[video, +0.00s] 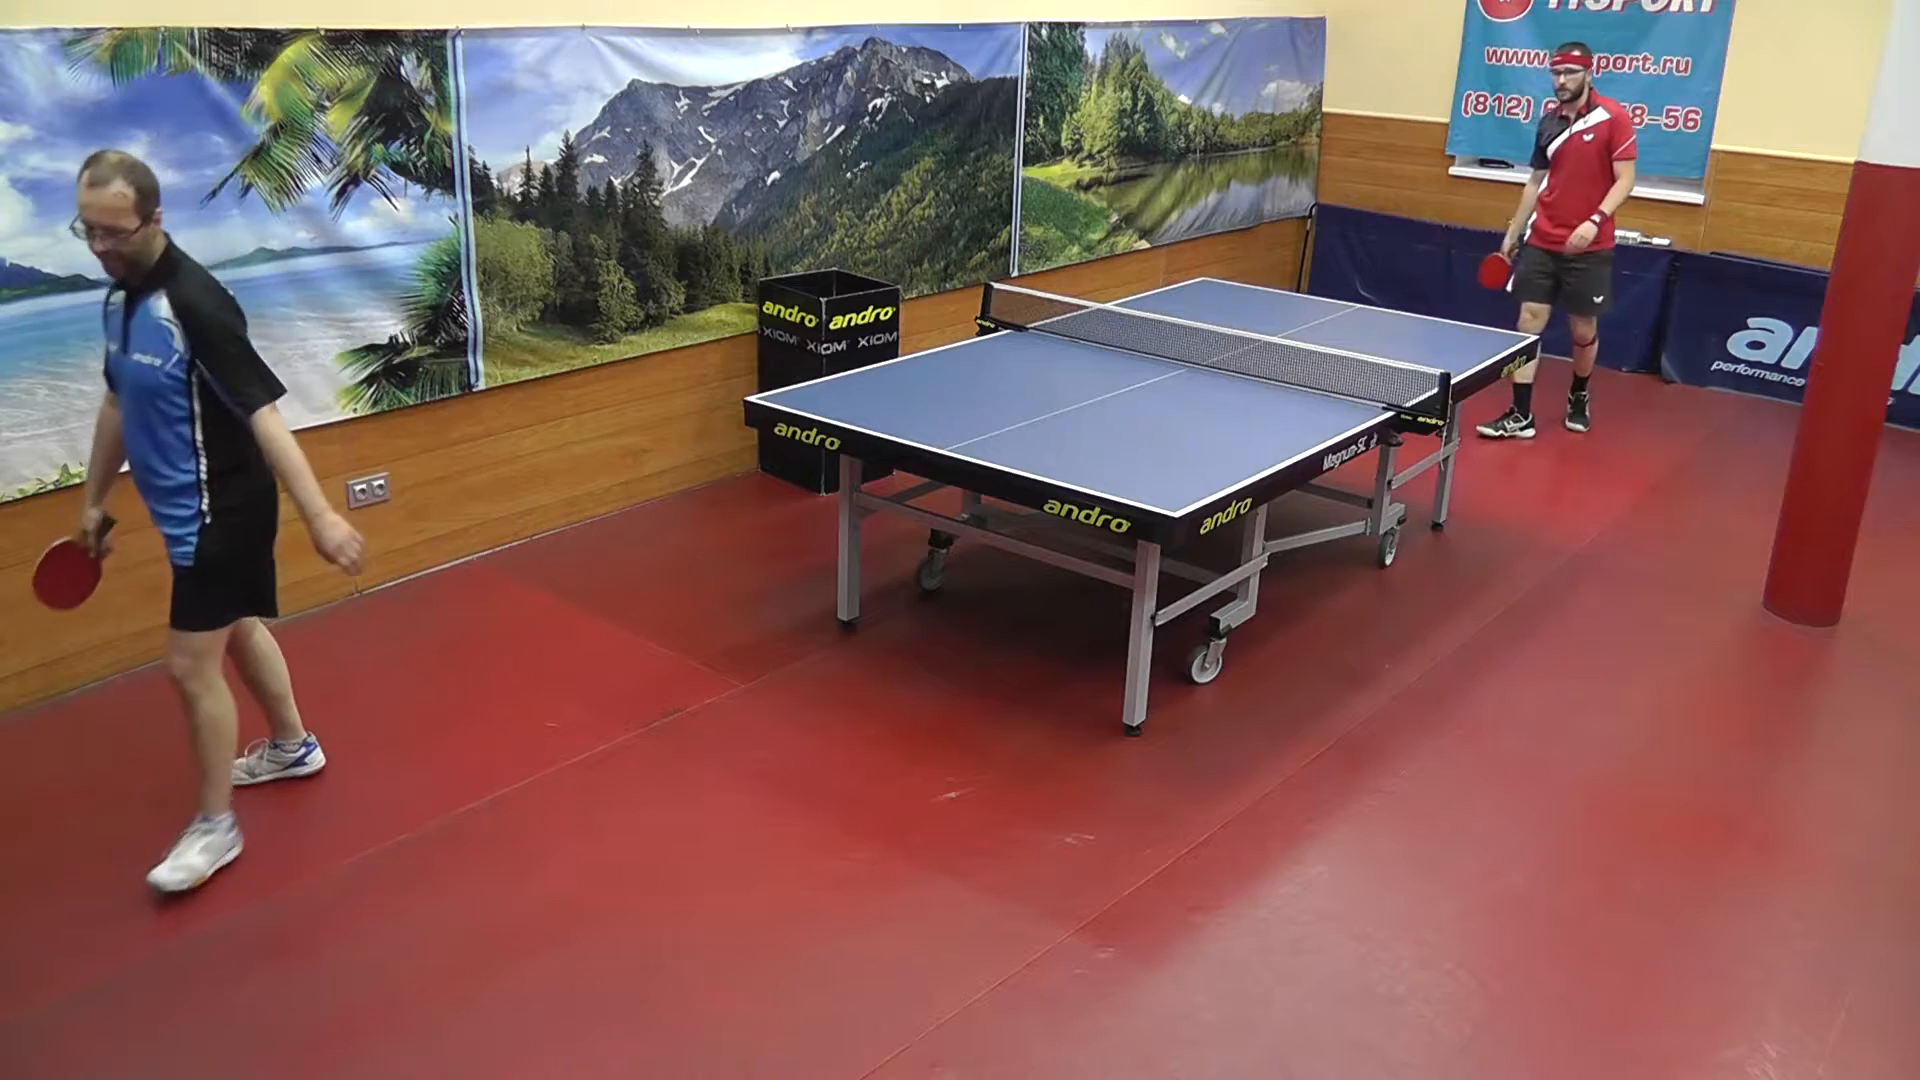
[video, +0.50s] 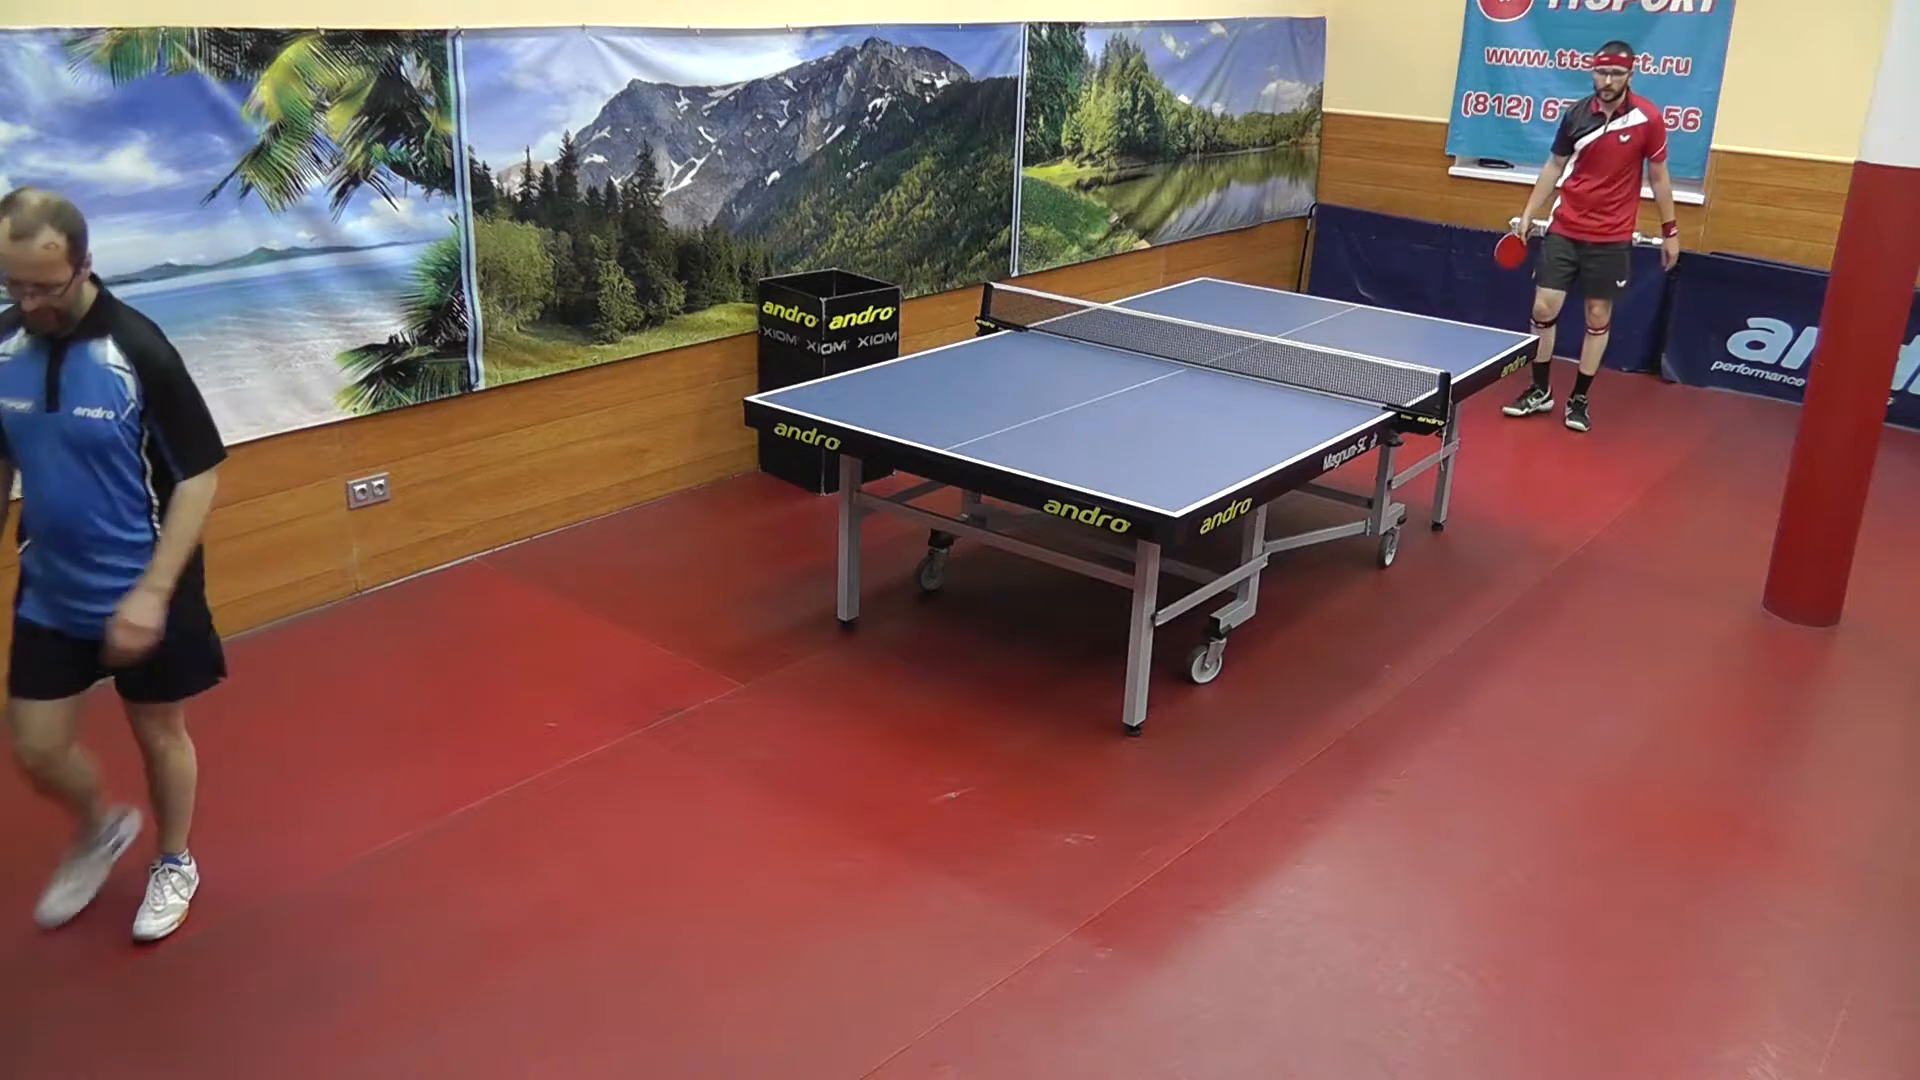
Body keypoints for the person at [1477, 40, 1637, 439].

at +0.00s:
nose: (1562, 80)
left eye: (1570, 73)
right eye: (1556, 73)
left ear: (1589, 74)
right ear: (1551, 76)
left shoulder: (1613, 118)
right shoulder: (1549, 121)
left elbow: (1625, 180)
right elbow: (1536, 182)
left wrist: (1592, 222)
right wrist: (1513, 231)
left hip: (1589, 247)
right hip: (1542, 242)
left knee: (1583, 332)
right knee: (1529, 321)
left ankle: (1578, 398)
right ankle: (1520, 414)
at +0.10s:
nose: (1573, 83)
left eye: (1581, 76)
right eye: (1568, 76)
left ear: (1600, 76)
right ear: (1562, 78)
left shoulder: (1625, 124)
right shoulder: (1558, 122)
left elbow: (1634, 185)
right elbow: (1544, 182)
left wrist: (1611, 234)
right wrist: (1524, 230)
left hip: (1595, 249)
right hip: (1549, 243)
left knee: (1588, 332)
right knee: (1536, 322)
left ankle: (1578, 400)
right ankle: (1521, 412)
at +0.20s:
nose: (1585, 85)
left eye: (1593, 78)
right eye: (1580, 77)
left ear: (1610, 79)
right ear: (1573, 78)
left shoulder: (1633, 124)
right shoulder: (1566, 119)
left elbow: (1641, 188)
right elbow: (1551, 177)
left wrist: (1632, 243)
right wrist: (1531, 224)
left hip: (1603, 248)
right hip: (1557, 240)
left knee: (1593, 329)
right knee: (1544, 319)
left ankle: (1578, 401)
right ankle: (1526, 406)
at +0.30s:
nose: (1595, 84)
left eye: (1603, 77)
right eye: (1589, 76)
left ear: (1619, 78)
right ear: (1582, 76)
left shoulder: (1640, 124)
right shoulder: (1572, 117)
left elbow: (1648, 187)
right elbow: (1555, 173)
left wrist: (1651, 243)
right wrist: (1532, 220)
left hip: (1608, 245)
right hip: (1562, 237)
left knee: (1595, 325)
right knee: (1545, 315)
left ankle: (1578, 401)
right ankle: (1531, 403)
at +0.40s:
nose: (1602, 84)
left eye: (1611, 76)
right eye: (1597, 75)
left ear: (1626, 77)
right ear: (1589, 74)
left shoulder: (1645, 123)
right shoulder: (1574, 116)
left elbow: (1656, 182)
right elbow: (1555, 168)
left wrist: (1665, 237)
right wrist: (1531, 217)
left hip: (1610, 241)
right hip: (1562, 232)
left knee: (1596, 322)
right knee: (1544, 312)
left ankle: (1579, 401)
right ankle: (1536, 398)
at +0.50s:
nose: (1607, 82)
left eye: (1616, 74)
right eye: (1601, 74)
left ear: (1630, 75)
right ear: (1593, 74)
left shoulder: (1648, 120)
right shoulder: (1576, 114)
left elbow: (1659, 178)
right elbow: (1554, 166)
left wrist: (1670, 233)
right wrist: (1527, 215)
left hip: (1611, 239)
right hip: (1564, 231)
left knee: (1597, 318)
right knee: (1543, 309)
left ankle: (1578, 400)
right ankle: (1539, 391)